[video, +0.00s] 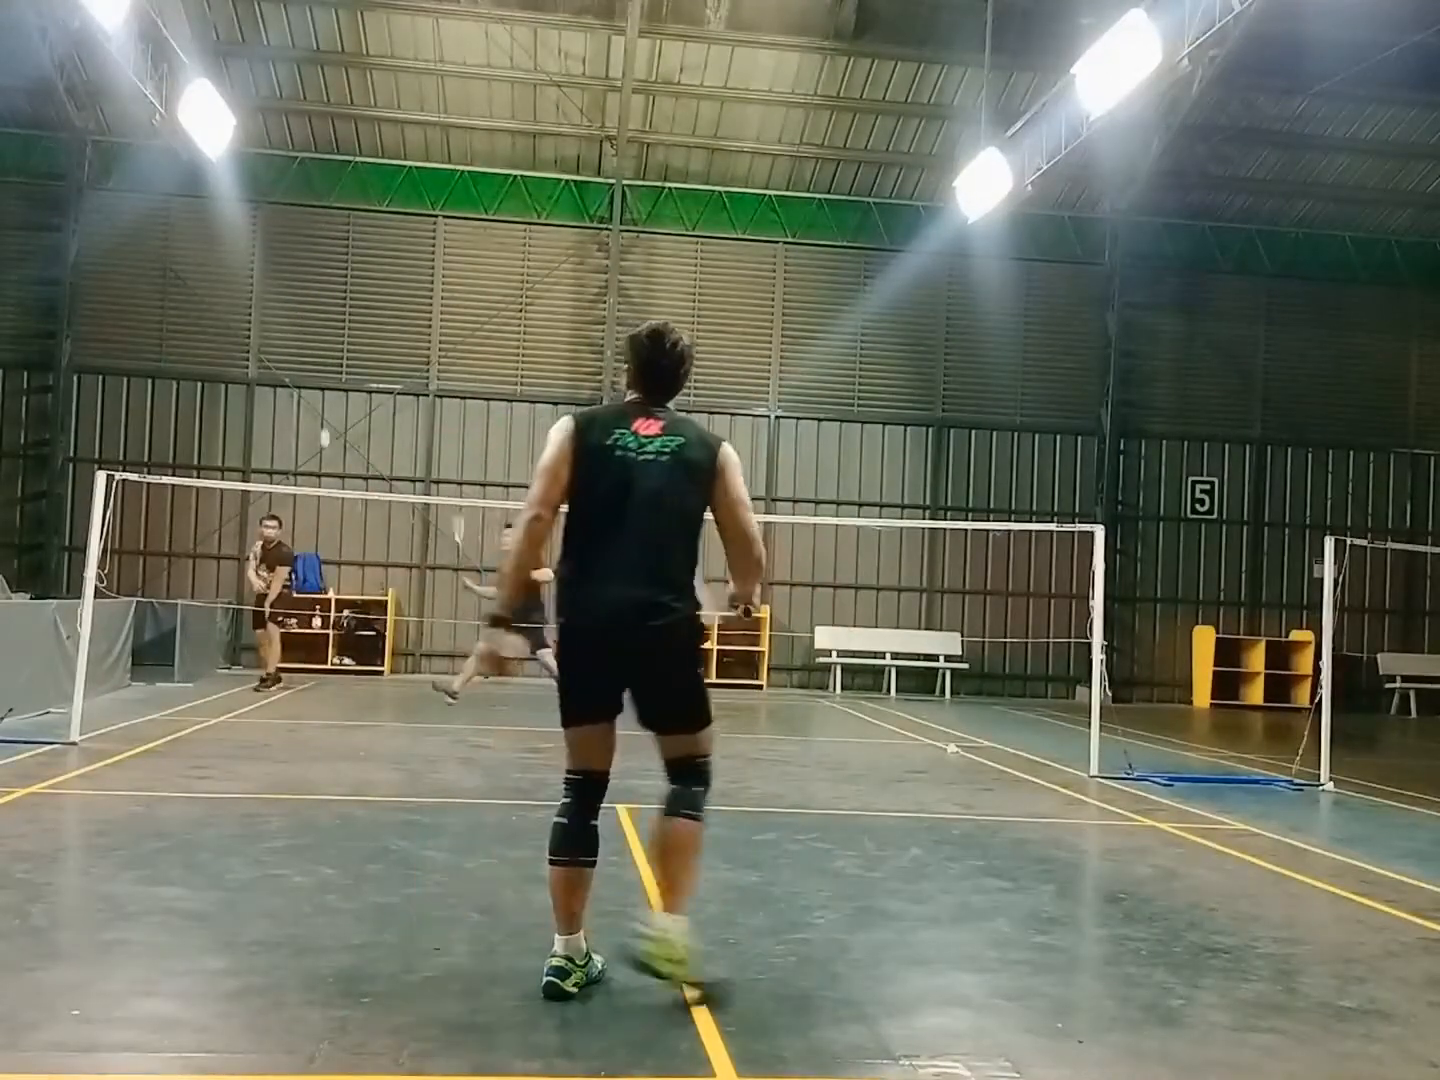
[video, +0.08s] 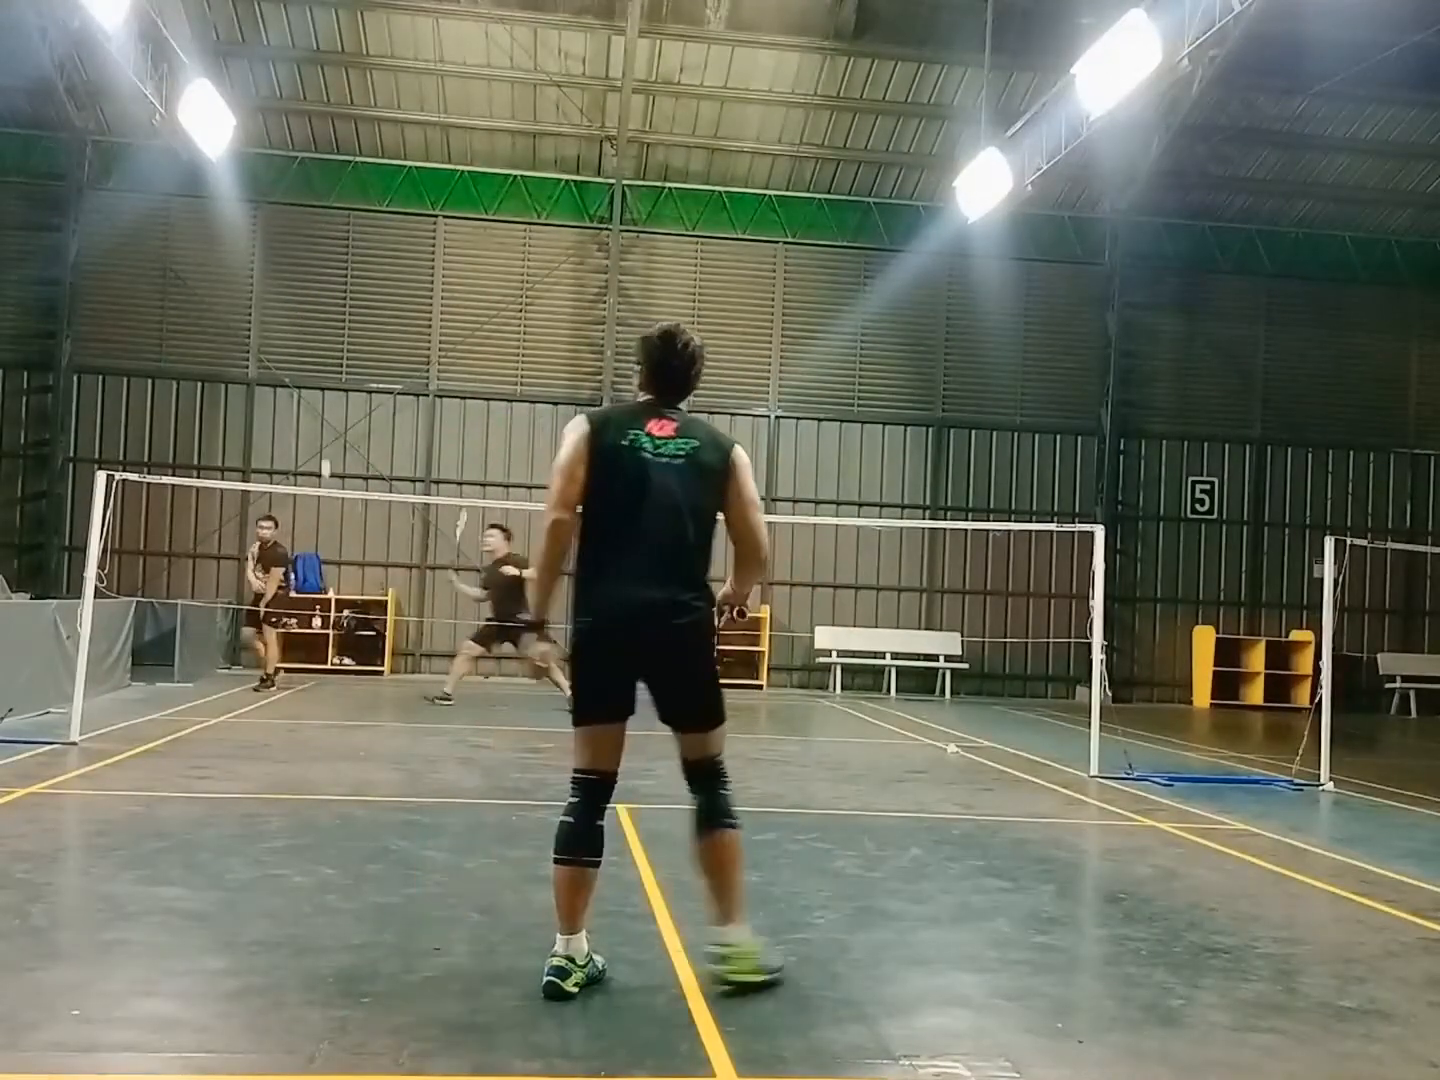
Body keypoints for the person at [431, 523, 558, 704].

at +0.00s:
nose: (504, 539)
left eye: (508, 536)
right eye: (503, 536)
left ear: (521, 538)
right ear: (501, 539)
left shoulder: (530, 562)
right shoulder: (510, 567)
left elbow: (549, 575)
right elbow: (499, 592)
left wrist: (530, 577)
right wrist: (473, 587)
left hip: (532, 631)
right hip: (510, 629)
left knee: (551, 664)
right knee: (482, 649)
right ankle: (455, 687)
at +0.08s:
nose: (486, 540)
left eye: (491, 536)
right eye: (485, 536)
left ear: (505, 540)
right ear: (484, 541)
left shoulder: (516, 561)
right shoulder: (490, 569)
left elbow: (535, 574)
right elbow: (481, 595)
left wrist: (518, 572)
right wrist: (457, 584)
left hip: (520, 623)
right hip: (496, 623)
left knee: (541, 657)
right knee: (467, 651)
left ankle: (569, 693)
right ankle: (447, 693)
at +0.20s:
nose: (452, 545)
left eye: (457, 540)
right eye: (451, 541)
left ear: (471, 544)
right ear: (452, 547)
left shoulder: (485, 562)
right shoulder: (458, 575)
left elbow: (513, 575)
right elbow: (437, 597)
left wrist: (505, 577)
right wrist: (416, 587)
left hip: (500, 621)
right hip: (476, 623)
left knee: (522, 656)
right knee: (445, 646)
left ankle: (551, 696)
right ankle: (442, 693)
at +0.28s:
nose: (438, 548)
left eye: (443, 544)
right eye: (437, 545)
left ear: (457, 545)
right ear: (438, 550)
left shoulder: (474, 561)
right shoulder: (444, 576)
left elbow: (501, 573)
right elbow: (418, 593)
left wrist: (491, 577)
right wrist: (392, 593)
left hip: (493, 618)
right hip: (469, 621)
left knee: (517, 654)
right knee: (441, 646)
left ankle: (542, 693)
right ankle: (442, 693)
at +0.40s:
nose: (424, 543)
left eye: (428, 538)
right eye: (423, 539)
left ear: (441, 538)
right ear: (424, 544)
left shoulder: (462, 554)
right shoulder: (431, 571)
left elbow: (488, 566)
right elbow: (421, 594)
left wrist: (469, 577)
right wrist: (418, 616)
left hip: (483, 606)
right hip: (460, 612)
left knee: (505, 642)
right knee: (440, 644)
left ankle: (530, 683)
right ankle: (442, 692)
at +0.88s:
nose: (437, 532)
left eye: (441, 528)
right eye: (434, 529)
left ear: (451, 529)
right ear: (431, 534)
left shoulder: (468, 548)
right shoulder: (432, 561)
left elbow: (491, 563)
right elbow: (429, 588)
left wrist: (479, 583)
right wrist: (425, 615)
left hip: (482, 605)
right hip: (457, 608)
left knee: (504, 641)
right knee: (445, 649)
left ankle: (524, 680)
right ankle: (432, 690)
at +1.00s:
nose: (458, 531)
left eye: (462, 527)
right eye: (453, 527)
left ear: (471, 530)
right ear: (449, 531)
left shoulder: (486, 551)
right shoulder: (447, 558)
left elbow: (504, 570)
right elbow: (440, 585)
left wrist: (491, 586)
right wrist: (434, 612)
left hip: (487, 606)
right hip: (463, 607)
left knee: (503, 648)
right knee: (450, 647)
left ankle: (509, 688)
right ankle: (432, 689)